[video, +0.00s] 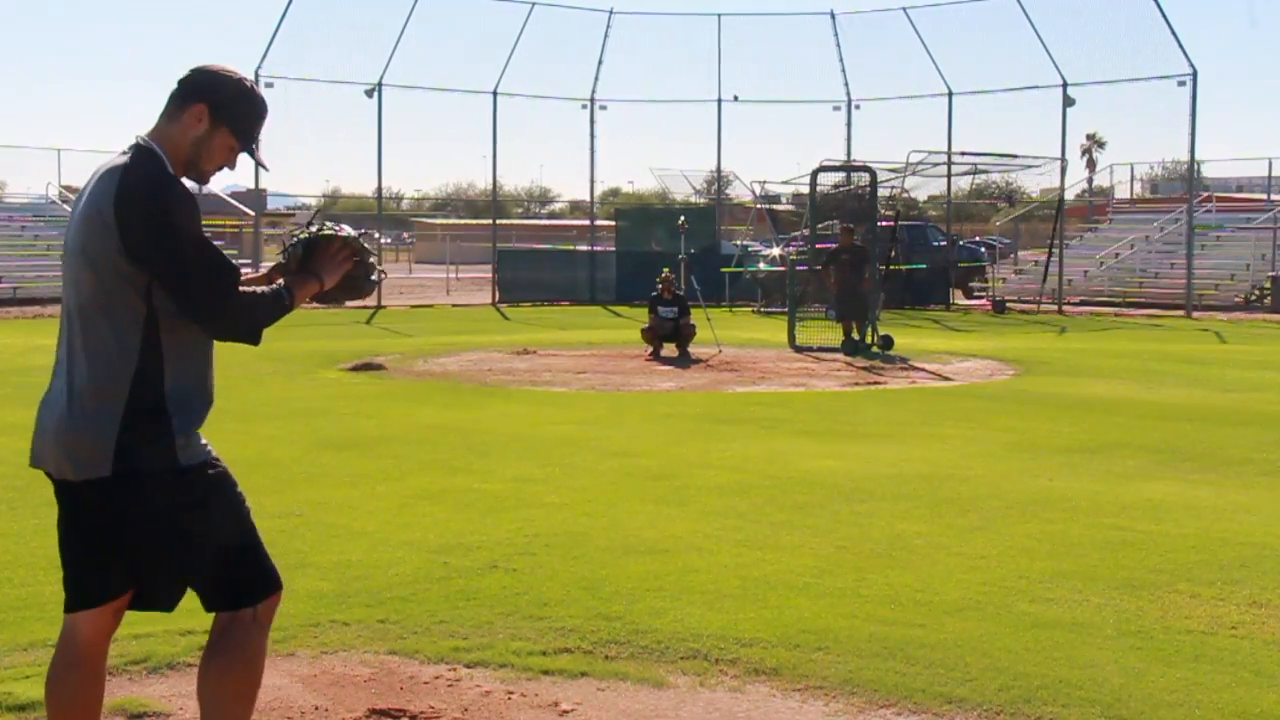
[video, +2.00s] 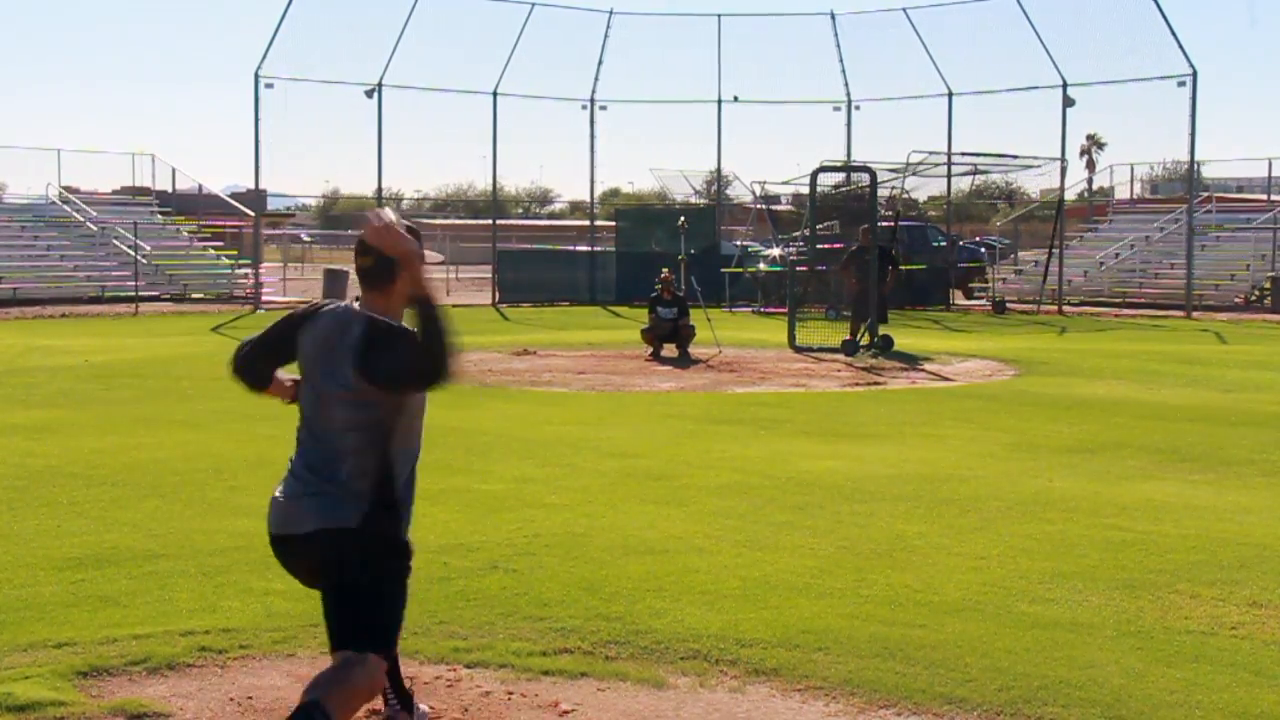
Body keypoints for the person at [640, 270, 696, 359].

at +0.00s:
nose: (667, 286)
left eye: (670, 283)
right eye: (664, 283)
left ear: (674, 284)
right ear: (660, 284)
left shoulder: (680, 298)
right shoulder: (654, 298)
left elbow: (686, 318)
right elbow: (652, 317)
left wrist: (674, 323)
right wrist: (662, 324)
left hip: (676, 327)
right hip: (660, 327)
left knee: (690, 329)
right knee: (646, 332)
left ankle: (682, 348)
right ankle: (656, 347)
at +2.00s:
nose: (667, 286)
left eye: (669, 283)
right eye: (664, 283)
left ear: (673, 284)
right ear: (660, 284)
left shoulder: (680, 299)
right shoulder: (654, 299)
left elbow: (685, 319)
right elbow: (652, 318)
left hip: (676, 327)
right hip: (660, 328)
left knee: (689, 329)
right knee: (645, 332)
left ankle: (682, 349)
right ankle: (656, 347)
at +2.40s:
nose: (667, 286)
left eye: (669, 283)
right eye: (664, 284)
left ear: (673, 284)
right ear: (660, 285)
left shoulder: (679, 299)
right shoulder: (654, 299)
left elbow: (685, 317)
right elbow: (649, 314)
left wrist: (675, 317)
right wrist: (652, 320)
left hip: (675, 325)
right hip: (660, 325)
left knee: (688, 330)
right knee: (648, 331)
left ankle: (683, 349)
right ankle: (656, 348)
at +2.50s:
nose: (664, 288)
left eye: (666, 285)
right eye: (661, 285)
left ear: (670, 286)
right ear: (658, 286)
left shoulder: (676, 299)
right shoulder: (653, 300)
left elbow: (682, 313)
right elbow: (649, 316)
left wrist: (672, 312)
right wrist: (648, 322)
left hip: (675, 324)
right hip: (660, 324)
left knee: (689, 330)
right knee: (649, 330)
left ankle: (683, 349)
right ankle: (656, 348)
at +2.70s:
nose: (658, 294)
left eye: (660, 291)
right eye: (655, 292)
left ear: (665, 291)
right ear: (651, 293)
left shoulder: (673, 302)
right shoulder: (651, 305)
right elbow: (651, 319)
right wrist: (653, 323)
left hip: (674, 330)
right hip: (660, 330)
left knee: (689, 329)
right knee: (651, 331)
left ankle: (684, 350)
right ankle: (656, 349)